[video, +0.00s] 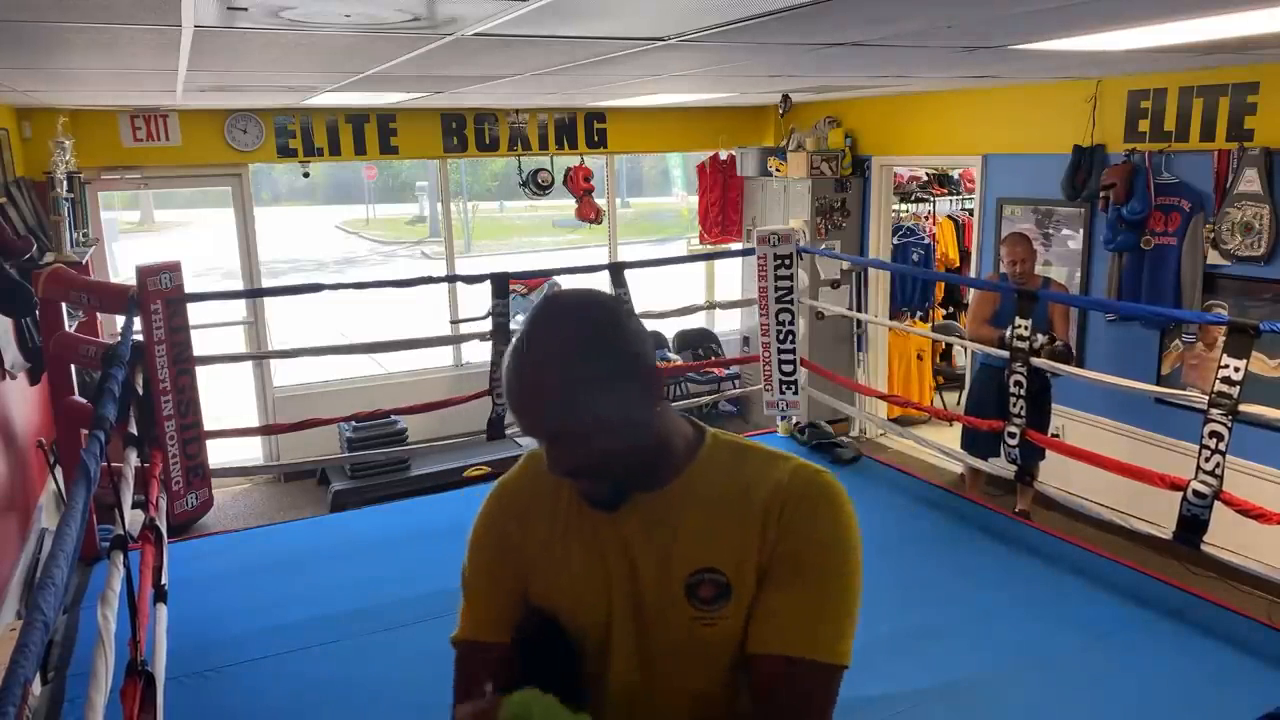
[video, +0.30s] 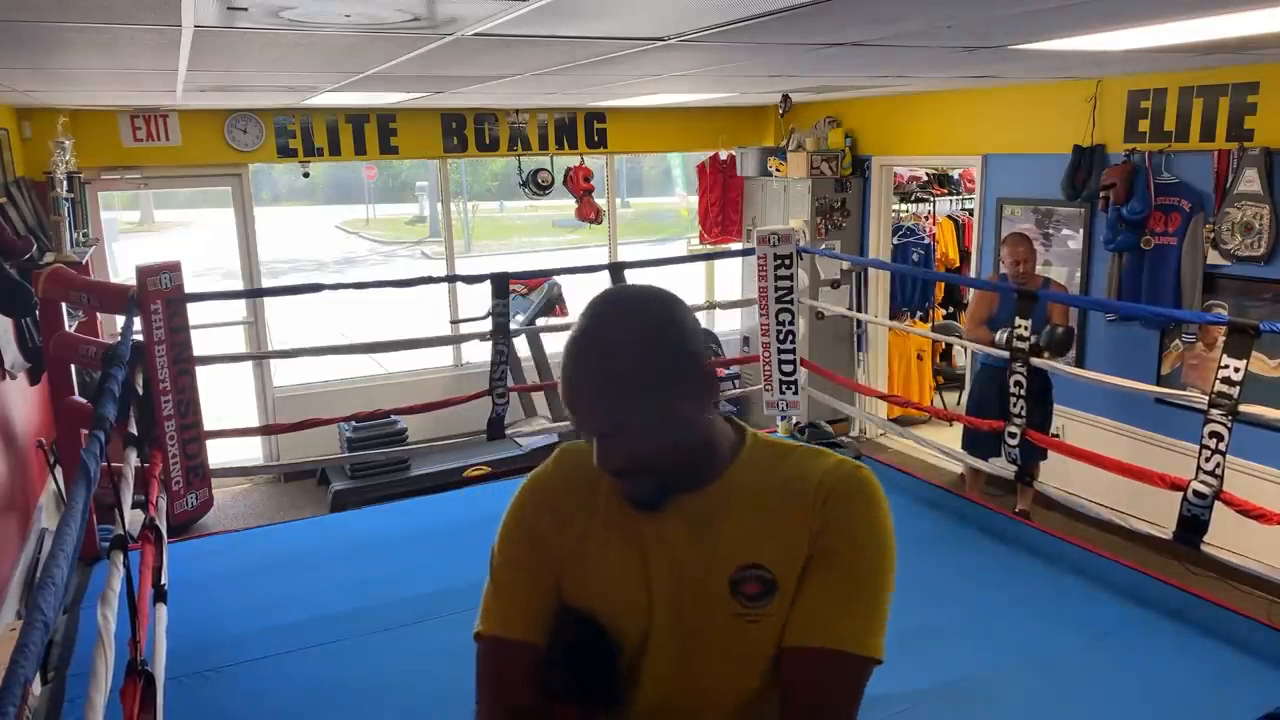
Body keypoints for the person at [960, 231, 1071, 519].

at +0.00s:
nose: (1016, 269)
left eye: (1022, 262)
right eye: (1010, 263)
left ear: (1034, 258)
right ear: (1002, 261)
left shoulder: (1055, 291)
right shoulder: (992, 284)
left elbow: (1063, 344)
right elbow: (973, 329)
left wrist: (1050, 348)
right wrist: (1007, 338)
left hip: (1034, 381)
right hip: (992, 375)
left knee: (1030, 450)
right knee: (977, 444)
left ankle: (1022, 512)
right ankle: (970, 504)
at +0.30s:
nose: (1019, 269)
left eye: (1024, 261)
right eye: (1012, 263)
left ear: (1035, 258)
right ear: (1003, 262)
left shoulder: (1054, 290)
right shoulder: (991, 286)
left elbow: (1061, 338)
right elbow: (971, 330)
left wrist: (1044, 344)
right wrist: (1000, 338)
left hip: (1034, 379)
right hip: (992, 375)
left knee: (1031, 450)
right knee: (978, 445)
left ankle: (1022, 513)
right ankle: (972, 505)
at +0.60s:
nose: (1014, 269)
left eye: (1019, 262)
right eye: (1007, 264)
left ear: (1031, 258)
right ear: (999, 263)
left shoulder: (1053, 290)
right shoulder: (989, 288)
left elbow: (1057, 331)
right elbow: (969, 330)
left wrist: (1041, 346)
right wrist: (993, 338)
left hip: (1033, 379)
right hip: (991, 375)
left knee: (1031, 447)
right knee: (979, 442)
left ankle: (1023, 512)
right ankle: (971, 503)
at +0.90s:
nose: (1014, 268)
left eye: (1018, 261)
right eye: (1006, 264)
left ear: (1029, 257)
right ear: (997, 265)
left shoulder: (1052, 290)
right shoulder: (986, 291)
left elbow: (1062, 339)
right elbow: (965, 335)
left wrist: (1055, 322)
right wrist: (982, 355)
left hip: (1032, 380)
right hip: (991, 377)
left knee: (1029, 450)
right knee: (977, 446)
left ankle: (1023, 515)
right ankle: (972, 507)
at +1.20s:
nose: (1010, 267)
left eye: (1014, 260)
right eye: (1003, 262)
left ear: (1025, 257)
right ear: (995, 264)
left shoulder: (1050, 290)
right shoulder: (984, 292)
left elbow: (1066, 336)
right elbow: (965, 337)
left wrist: (1051, 318)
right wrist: (985, 358)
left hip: (1030, 382)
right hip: (989, 379)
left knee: (1027, 451)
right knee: (975, 447)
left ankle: (1023, 515)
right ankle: (970, 507)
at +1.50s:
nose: (1005, 272)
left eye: (1010, 264)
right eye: (998, 267)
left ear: (1022, 259)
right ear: (990, 266)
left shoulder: (1047, 289)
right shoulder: (980, 292)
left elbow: (1063, 333)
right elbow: (967, 338)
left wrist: (1038, 316)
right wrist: (986, 352)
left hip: (1028, 382)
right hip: (987, 380)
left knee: (1027, 451)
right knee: (974, 447)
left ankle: (1022, 515)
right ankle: (970, 506)